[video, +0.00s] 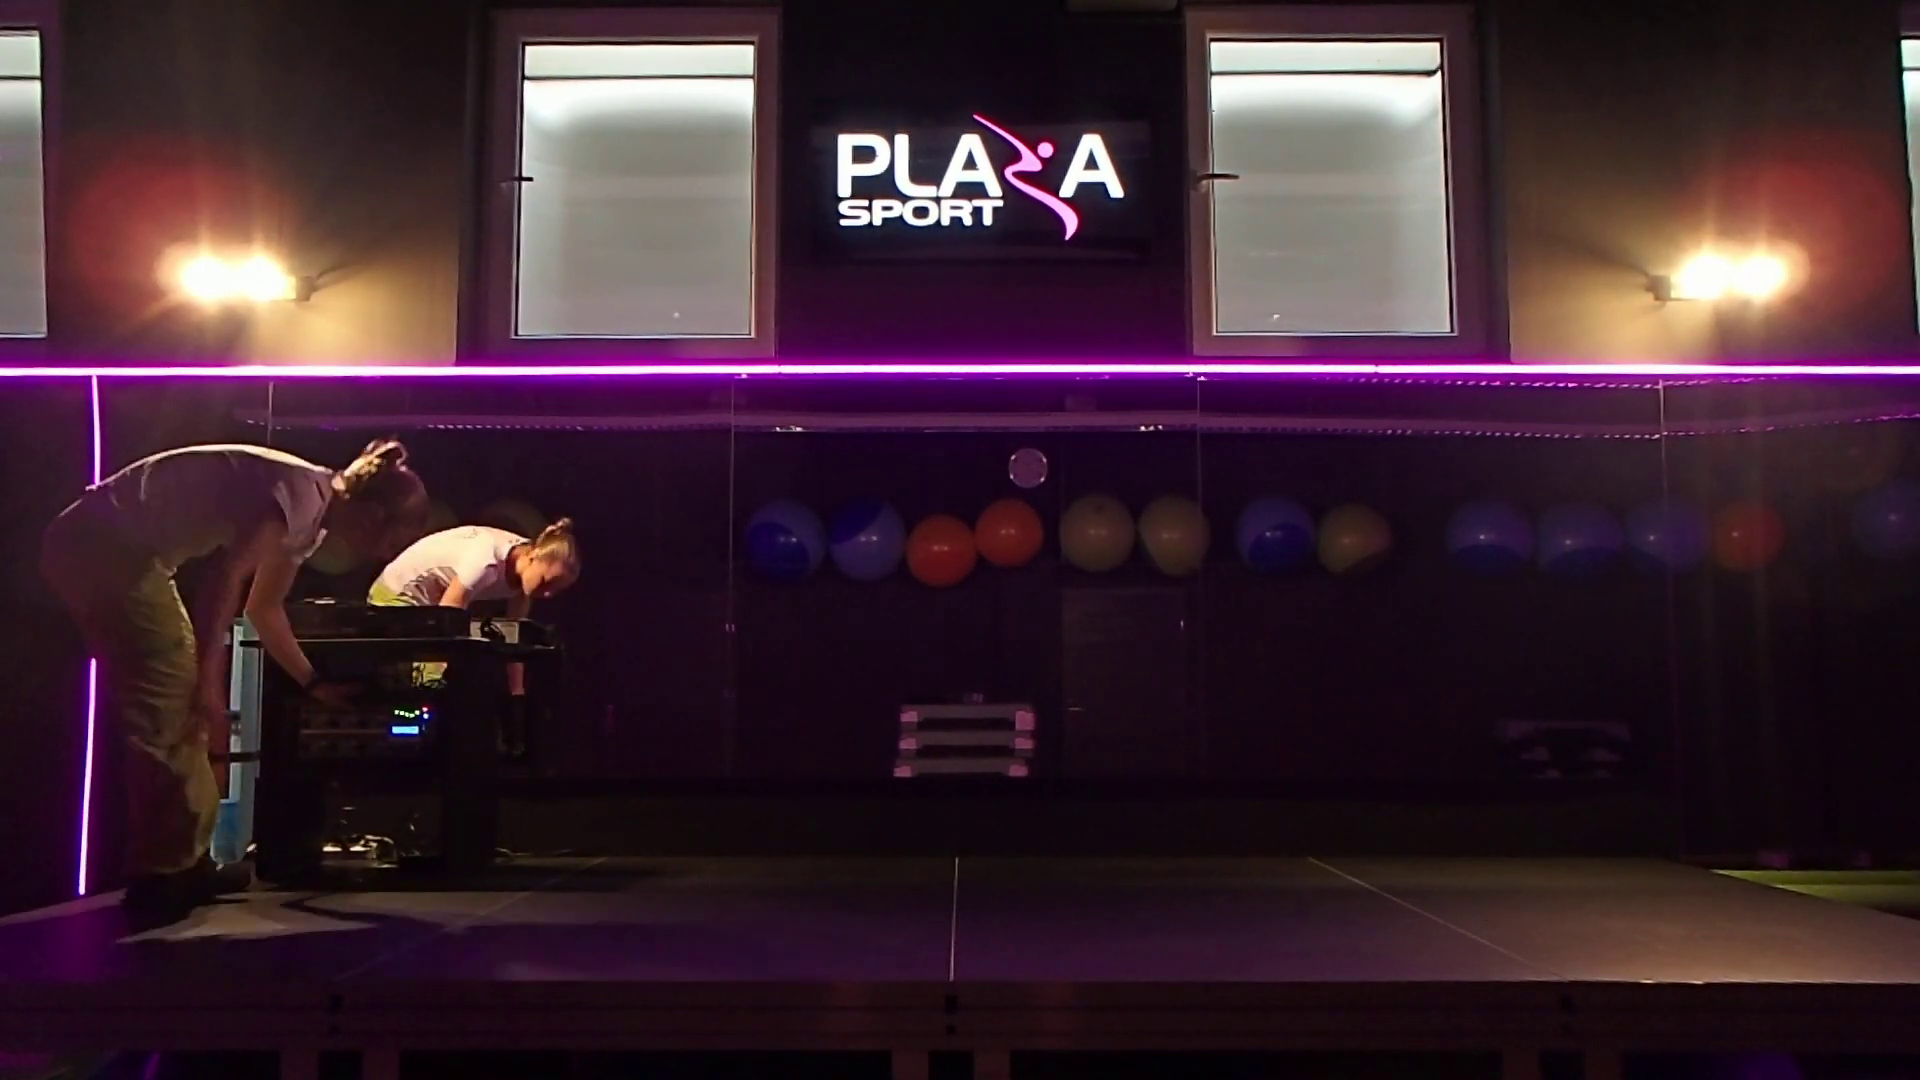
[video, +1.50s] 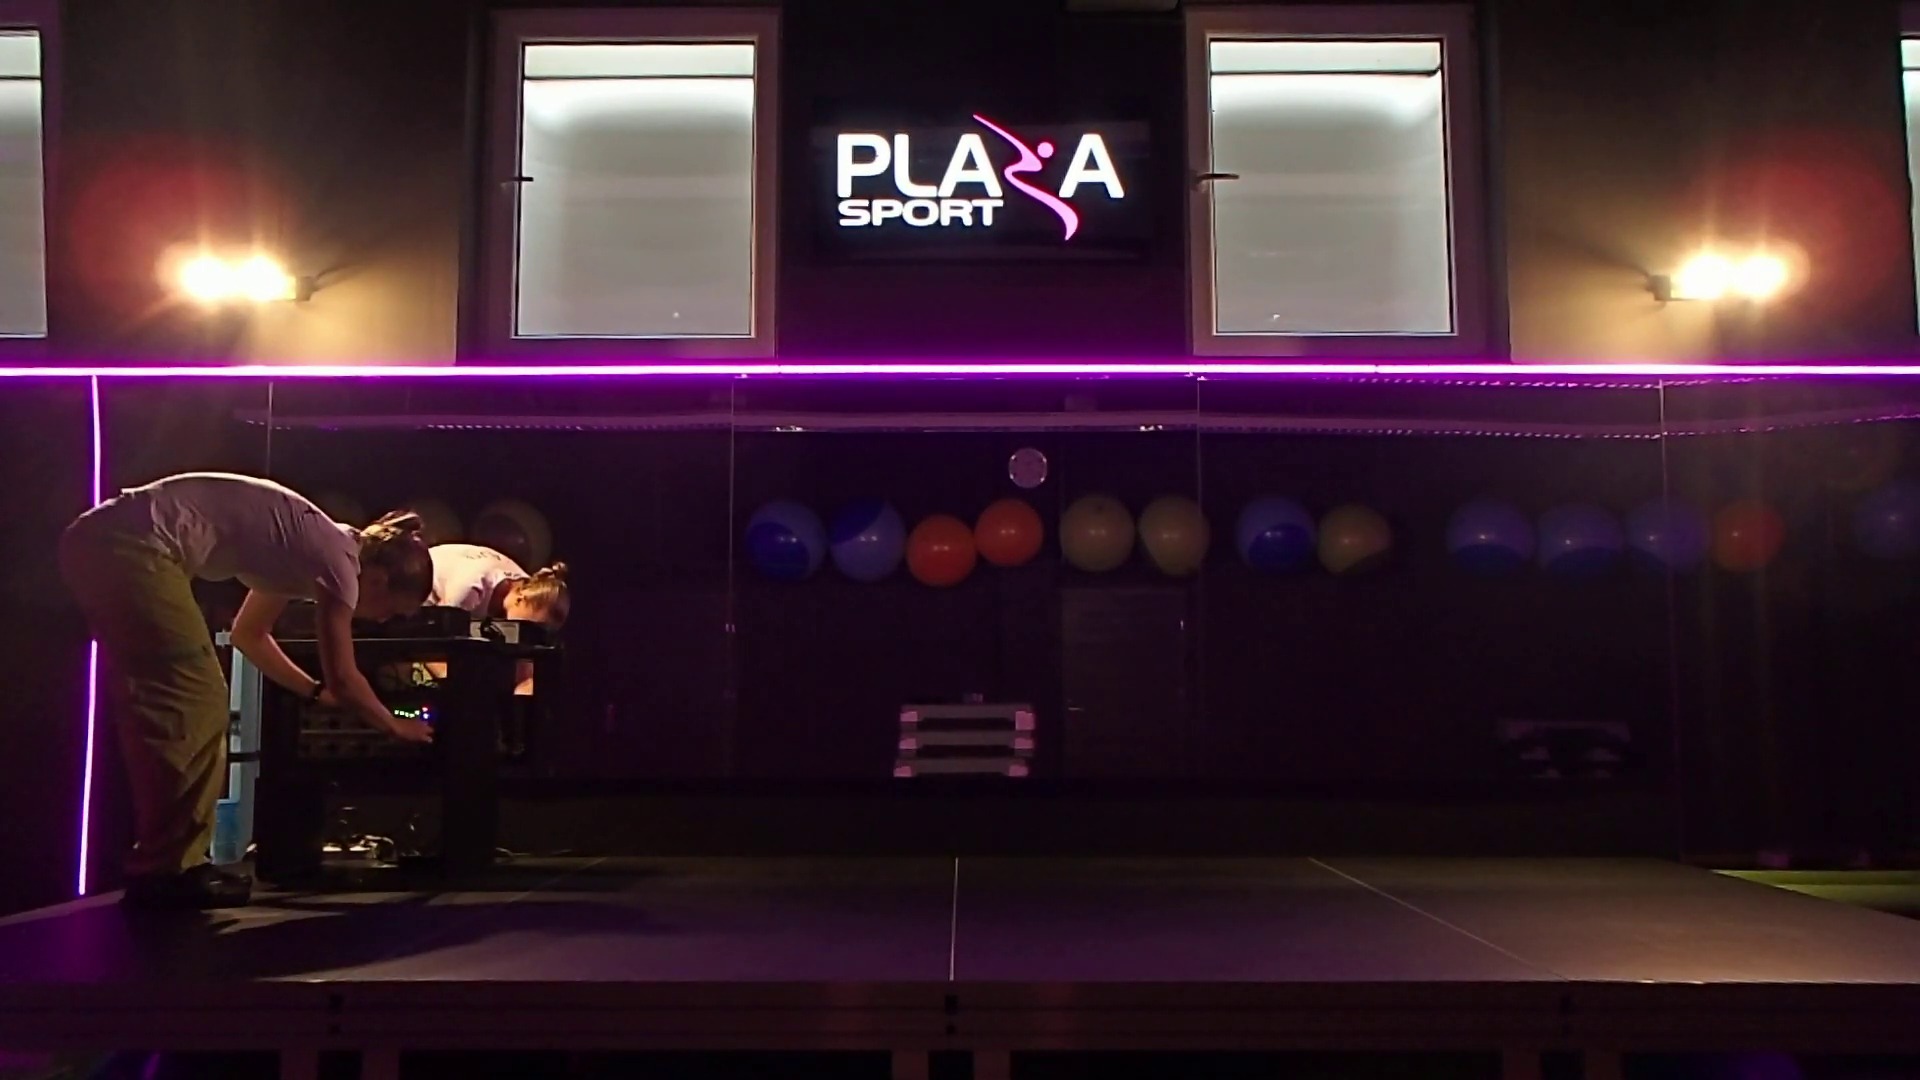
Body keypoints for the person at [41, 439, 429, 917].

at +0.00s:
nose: (388, 553)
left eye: (396, 544)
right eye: (394, 540)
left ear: (369, 508)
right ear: (377, 515)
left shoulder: (305, 522)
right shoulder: (299, 496)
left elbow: (265, 607)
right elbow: (225, 577)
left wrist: (311, 681)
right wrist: (206, 680)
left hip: (134, 552)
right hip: (106, 547)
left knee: (181, 697)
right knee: (162, 698)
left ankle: (189, 863)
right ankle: (161, 874)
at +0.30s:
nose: (382, 567)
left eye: (391, 561)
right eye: (389, 557)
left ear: (369, 516)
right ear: (377, 527)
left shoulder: (311, 526)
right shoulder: (299, 516)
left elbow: (266, 615)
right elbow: (237, 612)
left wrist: (316, 684)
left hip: (145, 560)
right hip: (105, 553)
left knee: (197, 708)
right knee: (172, 712)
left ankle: (187, 863)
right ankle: (156, 875)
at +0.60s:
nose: (379, 610)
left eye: (390, 604)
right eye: (388, 599)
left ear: (373, 562)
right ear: (376, 570)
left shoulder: (295, 548)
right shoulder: (324, 556)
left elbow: (251, 631)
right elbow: (332, 679)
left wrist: (310, 687)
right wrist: (386, 725)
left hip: (102, 547)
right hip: (113, 551)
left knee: (178, 698)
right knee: (190, 697)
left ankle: (170, 867)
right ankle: (171, 872)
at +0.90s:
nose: (380, 618)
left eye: (391, 614)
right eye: (389, 609)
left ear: (377, 569)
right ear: (378, 577)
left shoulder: (294, 553)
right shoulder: (336, 560)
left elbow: (246, 636)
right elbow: (344, 679)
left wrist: (314, 691)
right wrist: (396, 727)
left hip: (103, 542)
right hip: (128, 548)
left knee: (157, 695)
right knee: (197, 695)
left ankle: (165, 863)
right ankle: (173, 868)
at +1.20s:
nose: (380, 619)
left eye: (391, 615)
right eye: (390, 609)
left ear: (379, 569)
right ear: (380, 576)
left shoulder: (297, 554)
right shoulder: (339, 557)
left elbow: (247, 636)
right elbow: (344, 677)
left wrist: (315, 691)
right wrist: (394, 726)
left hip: (111, 542)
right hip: (133, 547)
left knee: (172, 696)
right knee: (197, 697)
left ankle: (167, 865)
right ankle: (171, 869)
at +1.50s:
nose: (380, 619)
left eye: (391, 615)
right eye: (390, 609)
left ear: (379, 571)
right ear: (380, 576)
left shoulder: (297, 552)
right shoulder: (338, 555)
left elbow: (248, 634)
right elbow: (342, 675)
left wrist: (314, 691)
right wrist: (394, 725)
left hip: (115, 543)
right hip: (132, 547)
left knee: (188, 697)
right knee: (197, 697)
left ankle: (168, 866)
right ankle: (169, 869)